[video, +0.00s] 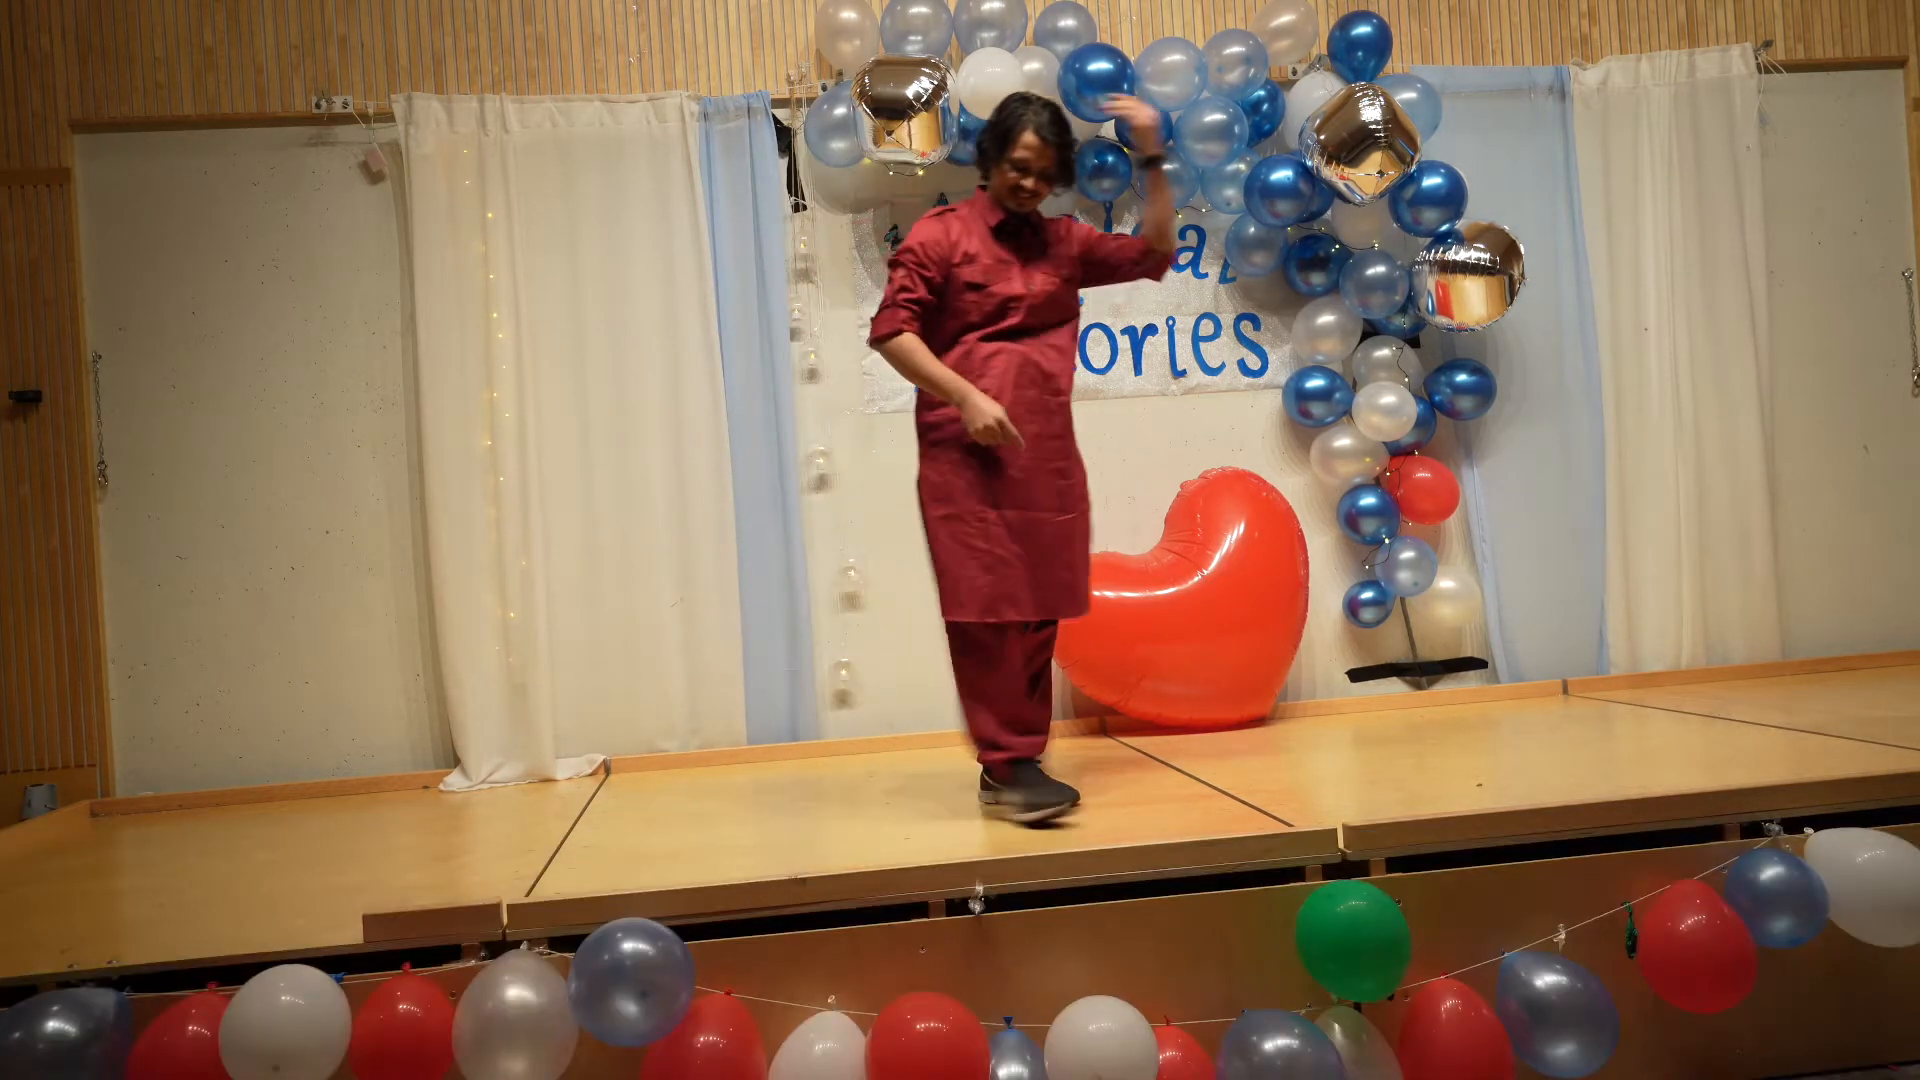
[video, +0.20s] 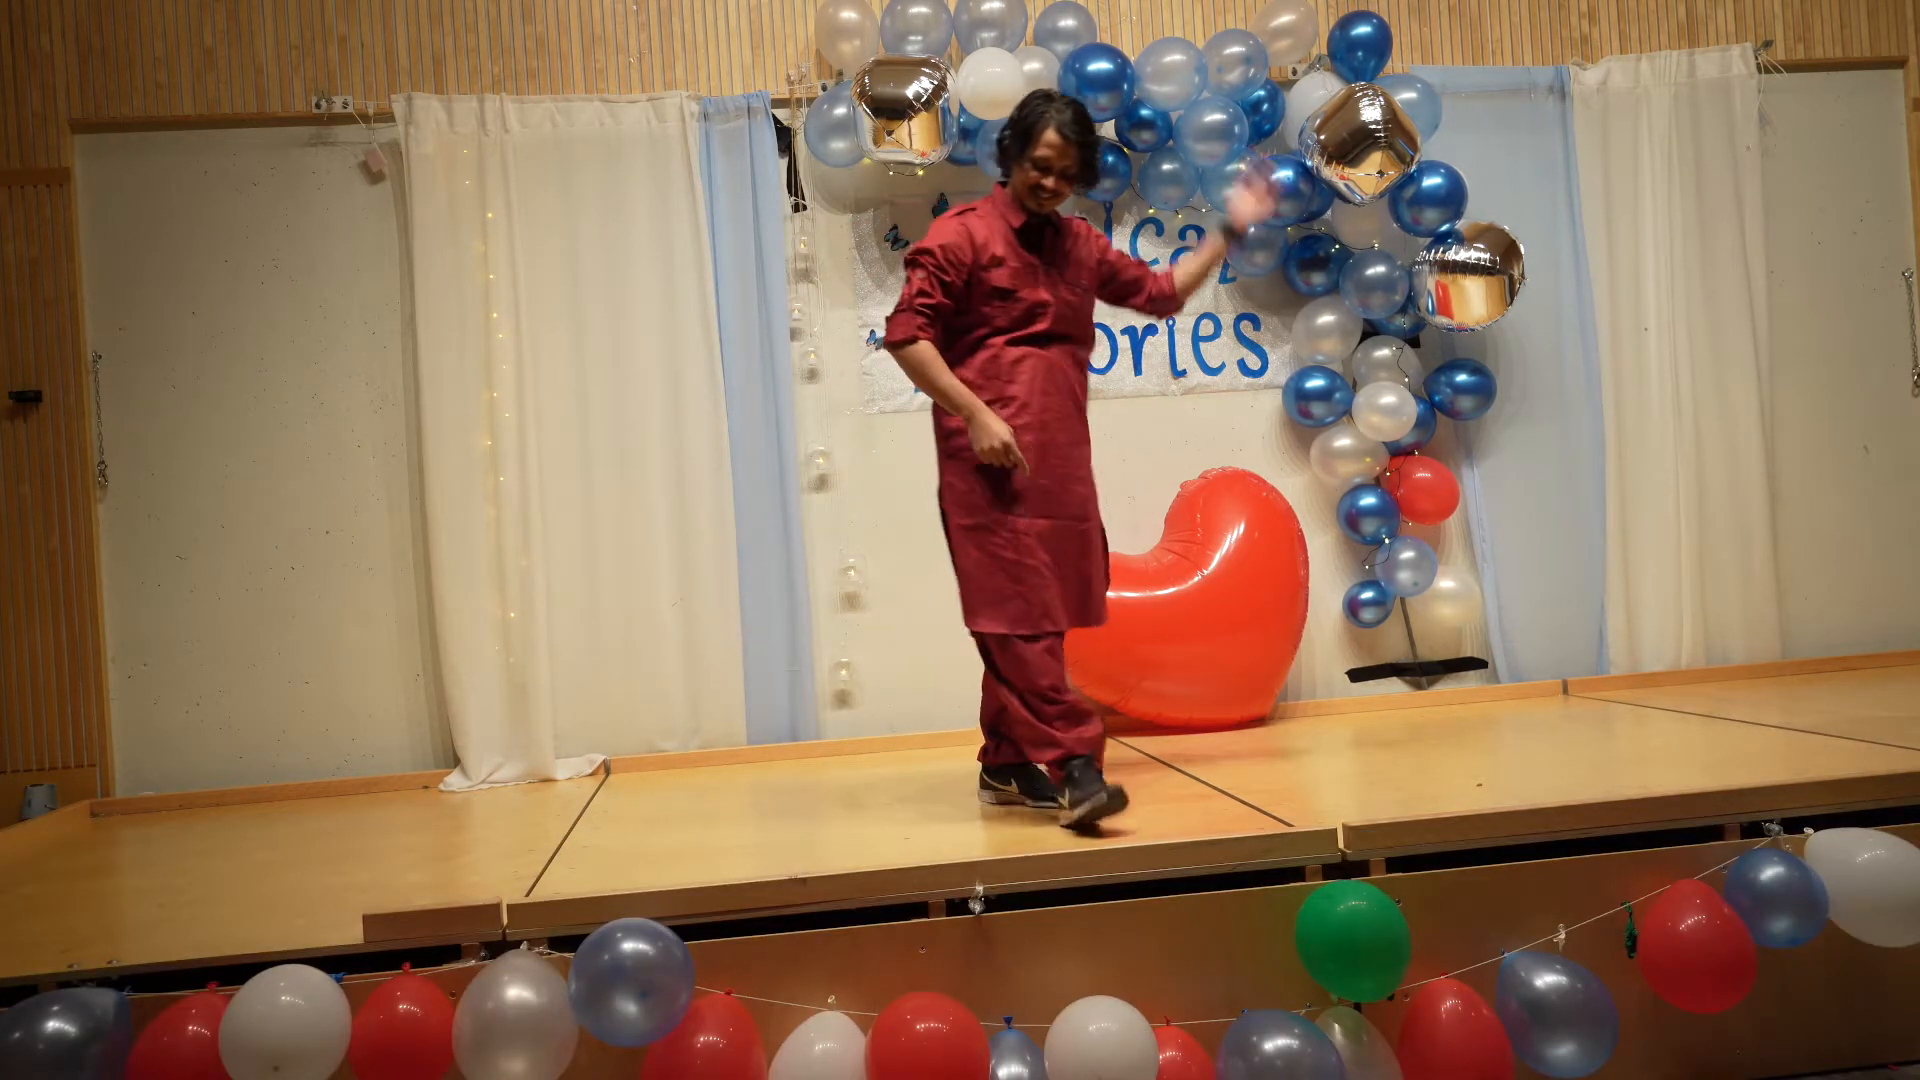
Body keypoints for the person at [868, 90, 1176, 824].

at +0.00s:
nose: (1029, 184)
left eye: (1044, 174)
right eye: (1018, 169)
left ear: (1059, 174)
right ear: (989, 159)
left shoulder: (1063, 239)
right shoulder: (940, 234)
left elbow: (1156, 254)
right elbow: (890, 330)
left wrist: (1153, 158)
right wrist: (964, 396)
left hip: (1045, 449)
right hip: (966, 451)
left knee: (1036, 602)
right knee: (987, 604)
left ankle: (1022, 762)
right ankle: (1003, 769)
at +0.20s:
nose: (1050, 182)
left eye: (1066, 172)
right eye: (1038, 165)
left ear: (1080, 174)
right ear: (1010, 157)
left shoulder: (1078, 242)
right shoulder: (964, 231)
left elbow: (1162, 292)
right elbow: (905, 333)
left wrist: (1229, 230)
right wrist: (974, 413)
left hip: (1059, 454)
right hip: (987, 455)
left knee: (1041, 601)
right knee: (1017, 604)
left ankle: (1006, 760)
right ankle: (1074, 764)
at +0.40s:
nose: (1070, 163)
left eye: (1086, 152)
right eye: (1057, 146)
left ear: (1100, 156)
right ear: (1027, 141)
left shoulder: (1097, 232)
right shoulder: (979, 224)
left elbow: (1150, 328)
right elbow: (929, 332)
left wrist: (1246, 337)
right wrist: (1001, 416)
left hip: (1078, 443)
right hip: (1005, 447)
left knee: (1061, 594)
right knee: (1032, 602)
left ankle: (1014, 749)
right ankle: (1077, 769)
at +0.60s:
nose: (1077, 126)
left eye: (1091, 113)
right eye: (1063, 110)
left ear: (1109, 127)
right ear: (1032, 118)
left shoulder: (1124, 225)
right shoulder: (987, 211)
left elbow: (1146, 335)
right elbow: (940, 321)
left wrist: (1207, 394)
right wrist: (1019, 397)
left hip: (1103, 441)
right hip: (1014, 443)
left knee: (1110, 597)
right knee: (1039, 609)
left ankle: (1036, 721)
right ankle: (1079, 772)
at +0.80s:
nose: (1082, 101)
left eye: (1096, 90)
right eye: (1066, 89)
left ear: (1115, 109)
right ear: (1038, 105)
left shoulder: (1141, 212)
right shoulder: (997, 200)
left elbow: (1166, 309)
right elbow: (954, 307)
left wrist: (1184, 361)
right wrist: (1035, 376)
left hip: (1125, 433)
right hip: (1030, 436)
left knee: (1147, 591)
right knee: (1047, 603)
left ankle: (1120, 748)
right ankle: (1083, 776)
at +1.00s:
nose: (1097, 84)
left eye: (1110, 74)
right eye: (1081, 74)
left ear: (1131, 99)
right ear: (1052, 100)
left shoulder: (1165, 200)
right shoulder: (1019, 190)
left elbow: (1224, 293)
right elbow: (975, 277)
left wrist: (1222, 278)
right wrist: (1067, 301)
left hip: (1150, 435)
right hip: (1050, 441)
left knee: (1187, 601)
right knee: (1057, 613)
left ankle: (1228, 775)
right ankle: (1086, 782)